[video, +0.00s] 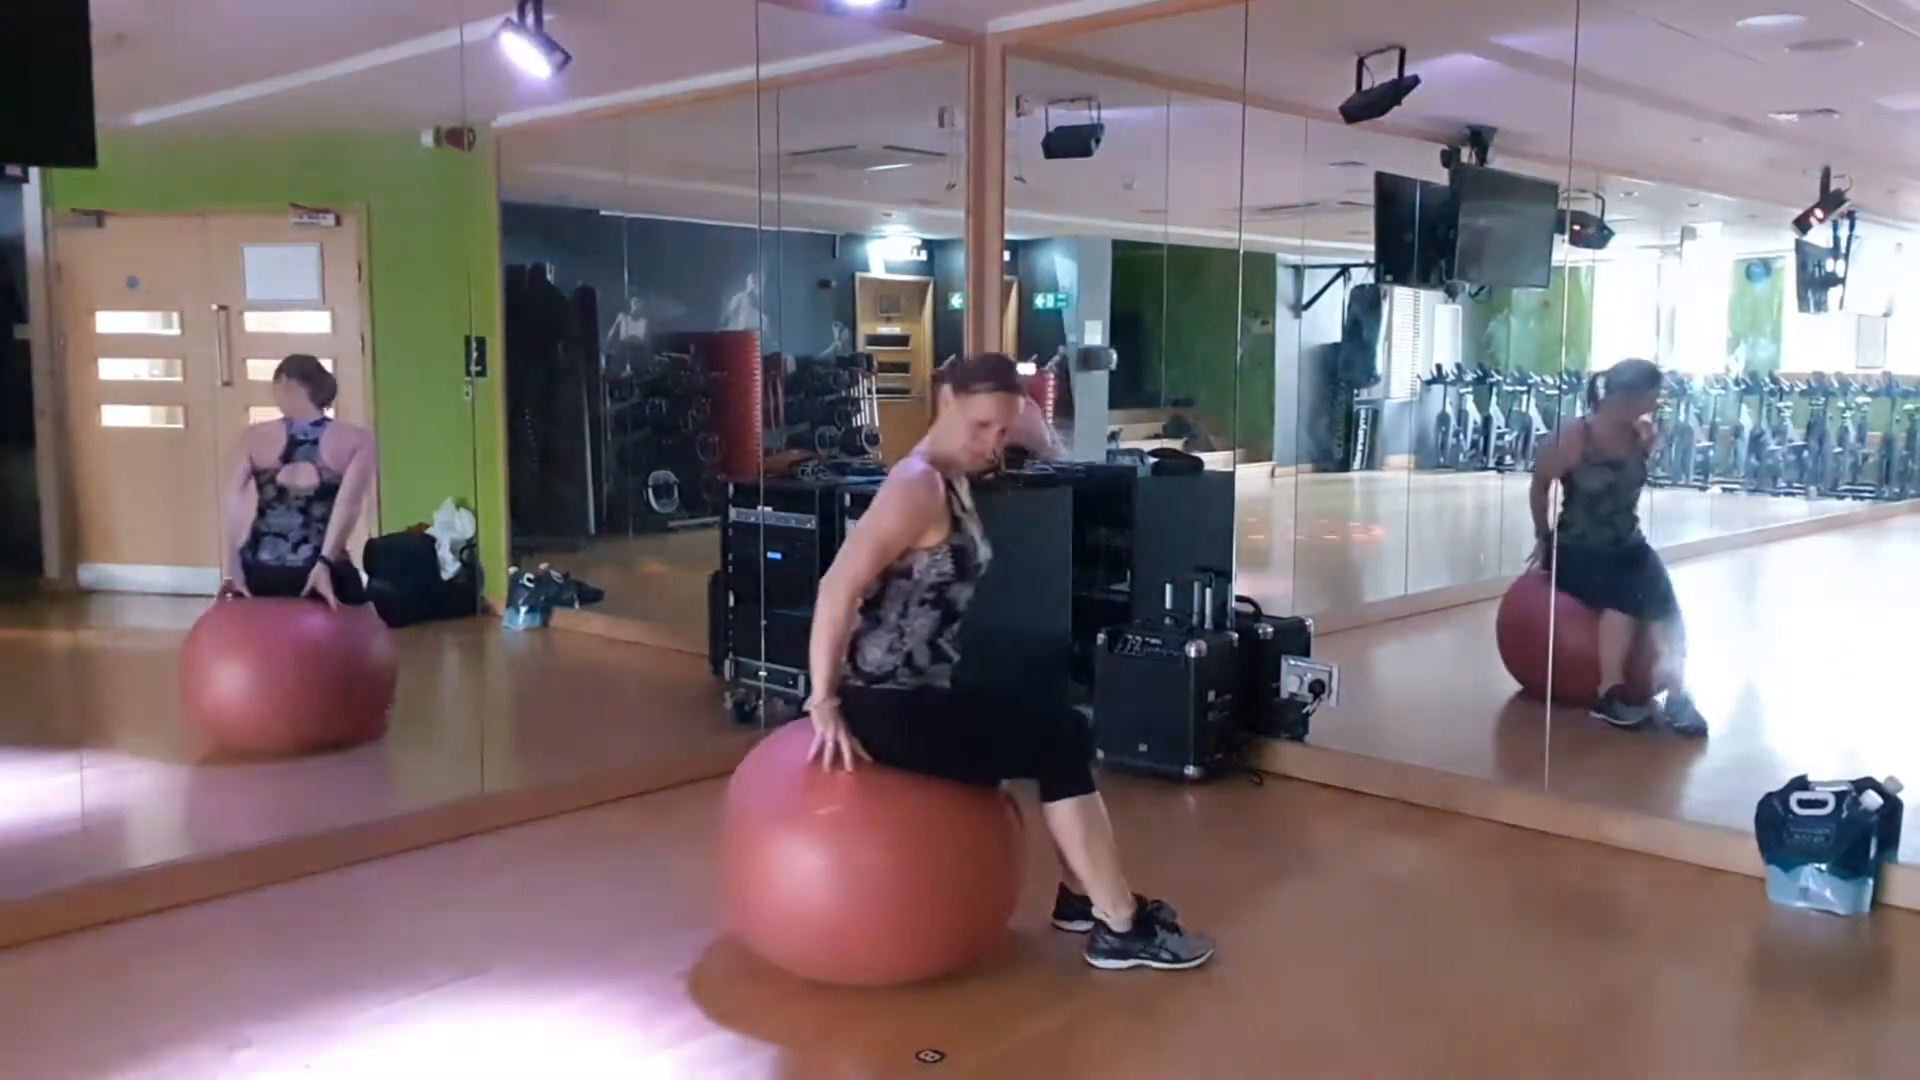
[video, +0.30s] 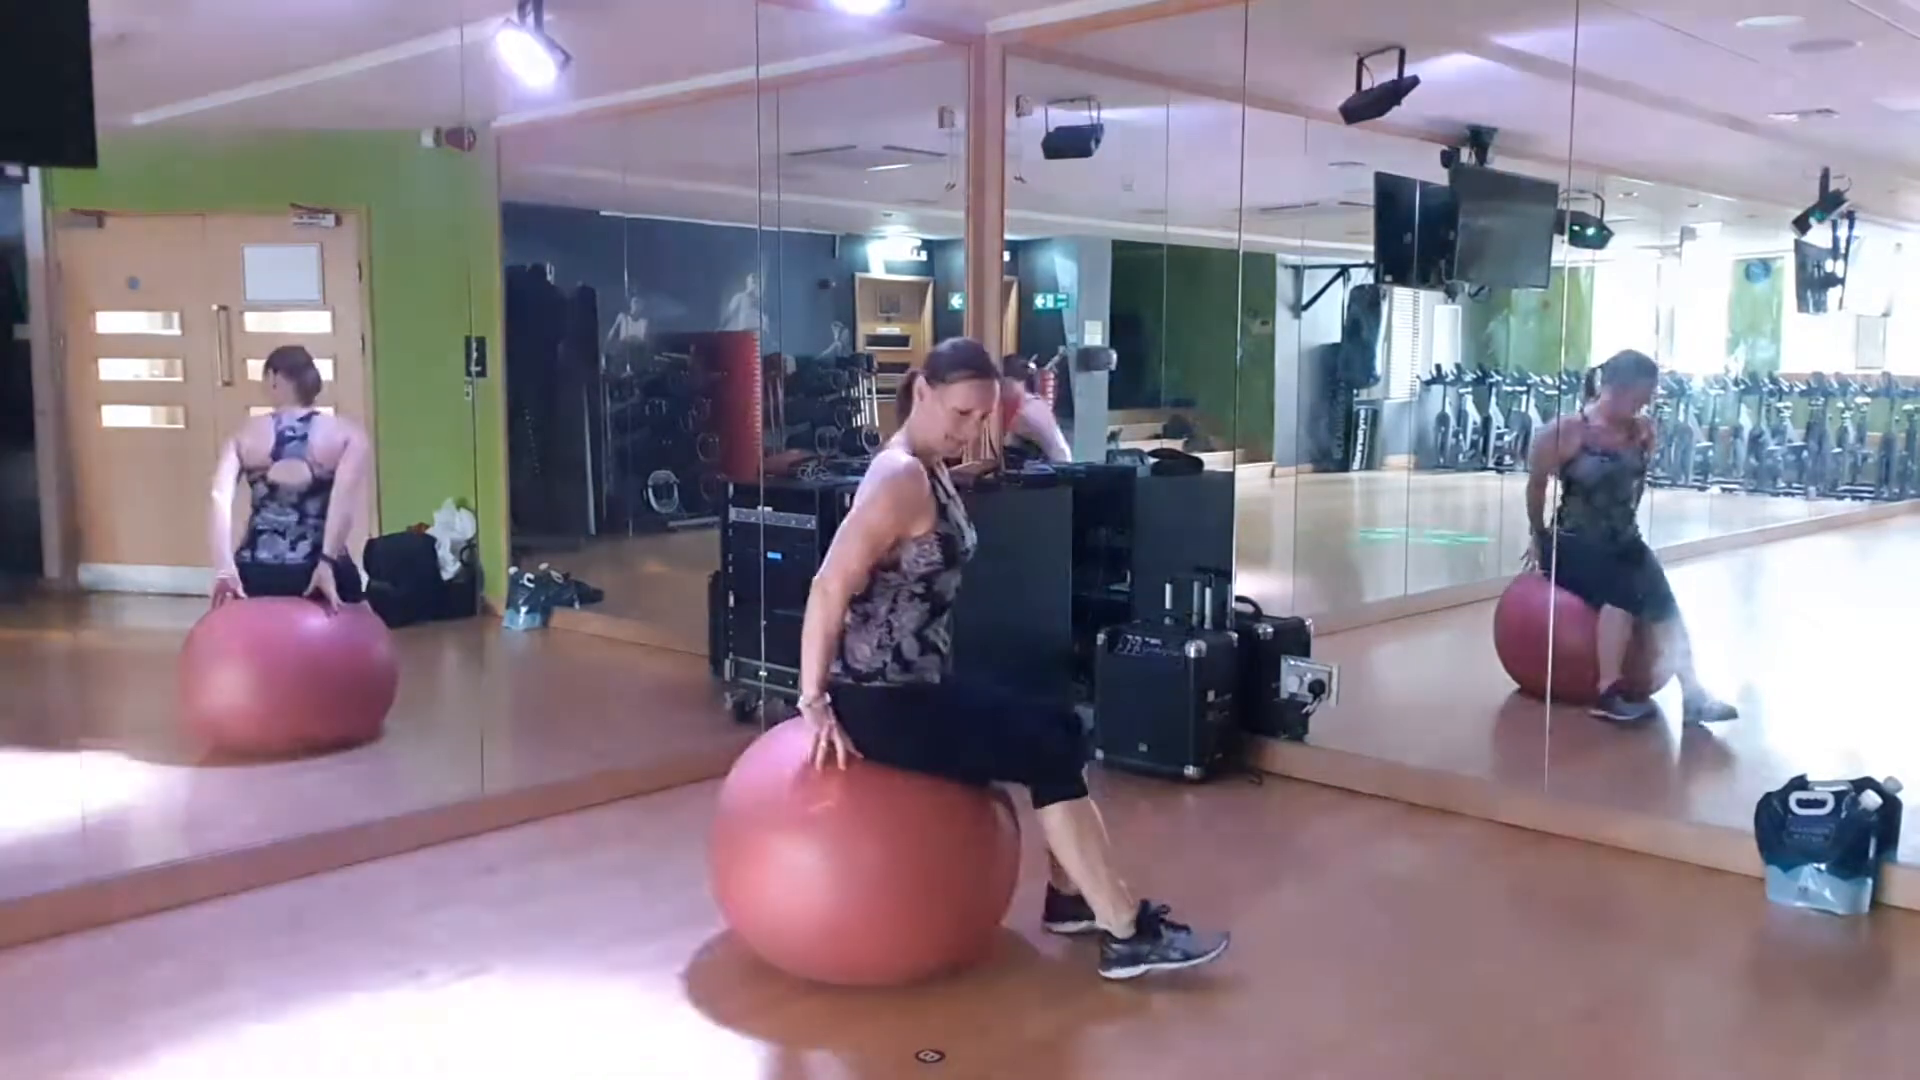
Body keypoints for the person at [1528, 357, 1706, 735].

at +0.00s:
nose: (1653, 407)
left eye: (1655, 400)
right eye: (1650, 399)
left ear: (1640, 402)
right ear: (1624, 396)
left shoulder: (1642, 434)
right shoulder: (1573, 436)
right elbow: (1540, 484)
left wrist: (1650, 443)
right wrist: (1543, 538)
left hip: (1627, 542)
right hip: (1577, 545)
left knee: (1662, 598)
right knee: (1624, 590)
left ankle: (1677, 695)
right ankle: (1610, 691)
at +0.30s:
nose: (1644, 402)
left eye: (1647, 395)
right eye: (1640, 394)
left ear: (1645, 392)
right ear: (1613, 386)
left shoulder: (1642, 432)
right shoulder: (1566, 431)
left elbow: (1632, 488)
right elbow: (1536, 484)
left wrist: (1625, 528)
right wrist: (1537, 537)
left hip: (1624, 542)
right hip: (1573, 541)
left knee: (1662, 600)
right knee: (1622, 588)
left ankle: (1694, 695)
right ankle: (1609, 691)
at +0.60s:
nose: (1659, 388)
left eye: (1659, 379)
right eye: (1651, 379)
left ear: (1647, 388)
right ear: (1624, 383)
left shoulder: (1658, 437)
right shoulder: (1575, 438)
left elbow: (1648, 497)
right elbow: (1553, 493)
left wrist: (1638, 537)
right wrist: (1555, 543)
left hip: (1639, 548)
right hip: (1586, 546)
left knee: (1670, 591)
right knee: (1628, 590)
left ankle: (1698, 699)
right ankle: (1632, 695)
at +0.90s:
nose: (1680, 351)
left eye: (1678, 343)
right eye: (1672, 343)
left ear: (1650, 348)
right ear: (1646, 347)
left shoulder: (1678, 404)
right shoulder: (1603, 404)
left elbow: (1677, 472)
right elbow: (1581, 474)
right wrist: (1572, 532)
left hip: (1663, 520)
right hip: (1610, 519)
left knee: (1691, 601)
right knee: (1651, 590)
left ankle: (1698, 699)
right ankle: (1632, 696)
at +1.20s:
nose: (1687, 331)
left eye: (1686, 323)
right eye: (1680, 323)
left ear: (1656, 329)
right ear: (1654, 328)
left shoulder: (1689, 387)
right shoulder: (1606, 389)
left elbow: (1682, 452)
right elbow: (1585, 454)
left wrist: (1678, 500)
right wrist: (1576, 513)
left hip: (1674, 508)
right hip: (1620, 508)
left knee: (1697, 605)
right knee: (1655, 599)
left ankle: (1698, 700)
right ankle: (1634, 694)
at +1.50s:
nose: (1680, 376)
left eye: (1678, 368)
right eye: (1672, 369)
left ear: (1660, 375)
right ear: (1644, 373)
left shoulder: (1679, 430)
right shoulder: (1601, 425)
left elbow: (1666, 493)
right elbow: (1567, 485)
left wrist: (1650, 539)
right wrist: (1550, 543)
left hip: (1645, 549)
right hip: (1593, 546)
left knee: (1689, 603)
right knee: (1650, 592)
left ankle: (1698, 701)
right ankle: (1634, 697)